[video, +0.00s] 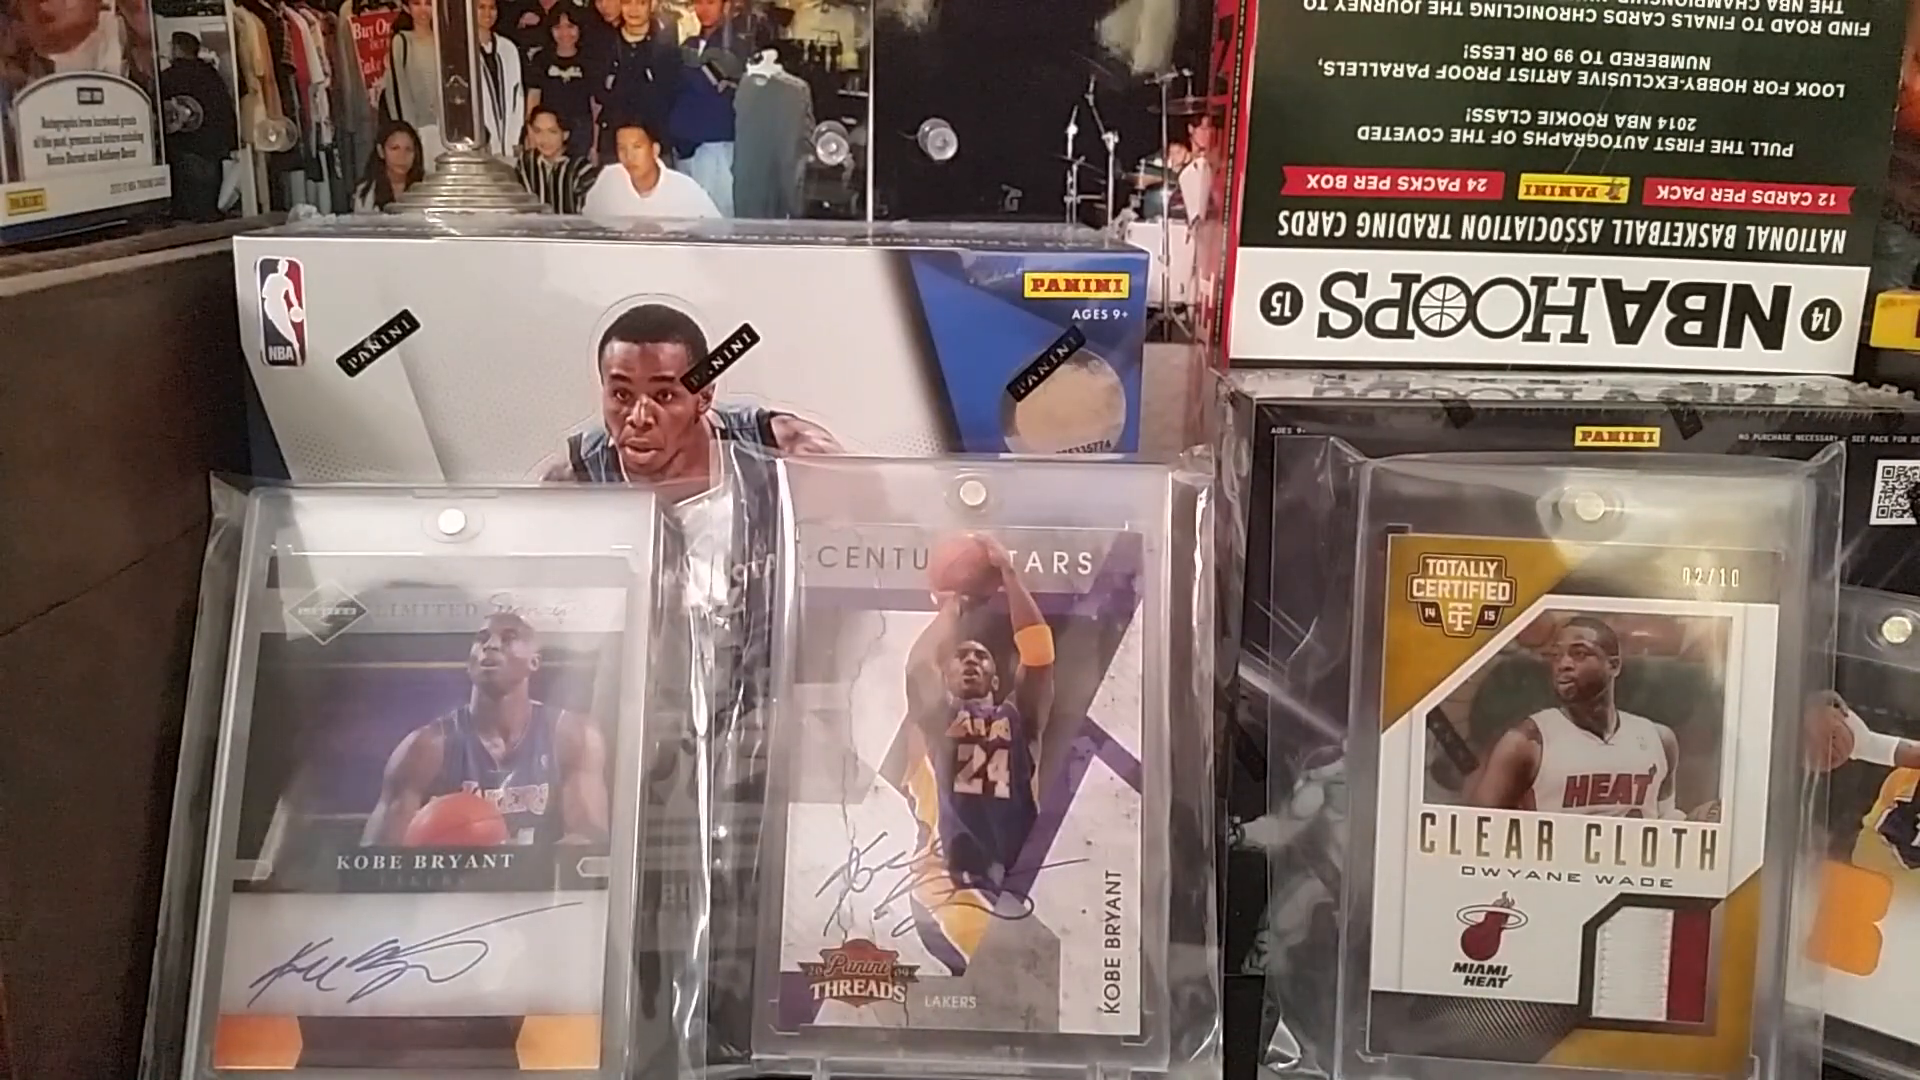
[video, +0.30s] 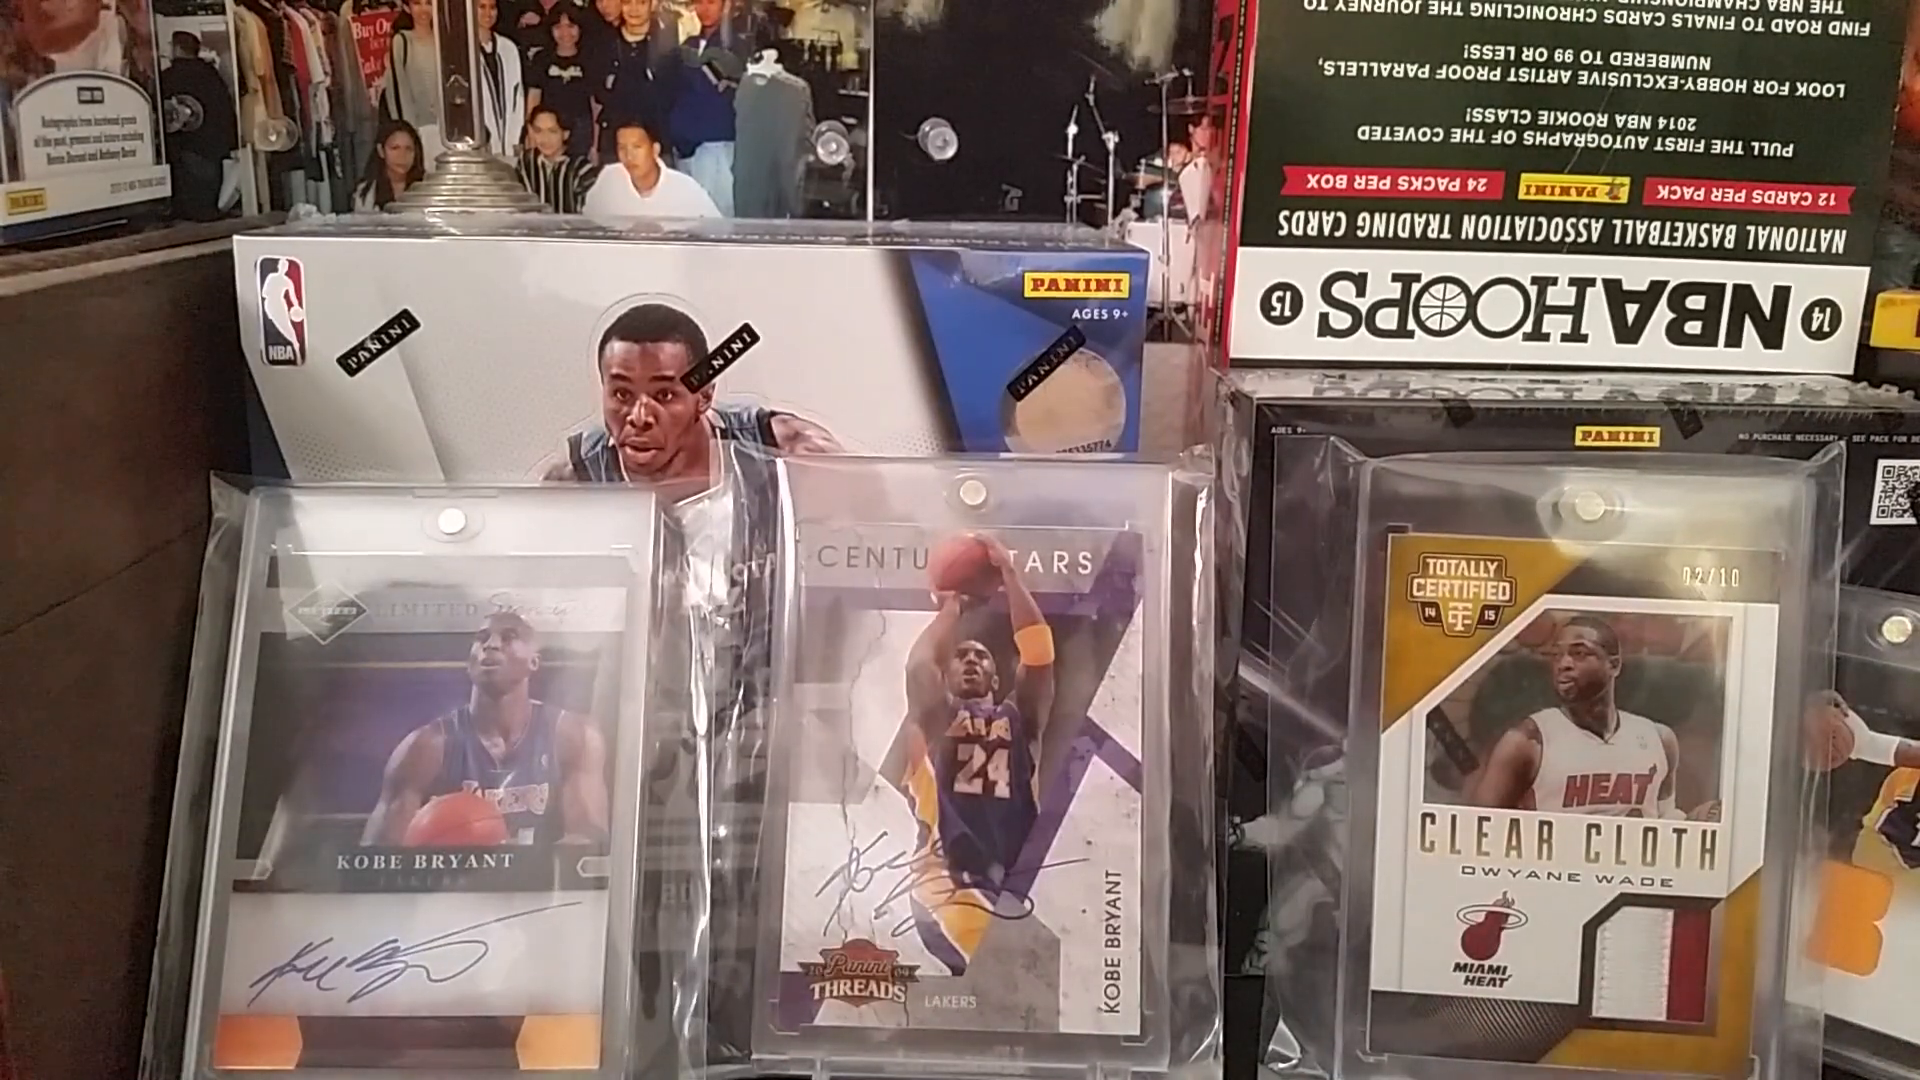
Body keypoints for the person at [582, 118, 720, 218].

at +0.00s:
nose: (629, 157)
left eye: (637, 147)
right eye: (622, 149)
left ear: (655, 150)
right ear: (617, 153)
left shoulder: (684, 188)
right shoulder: (609, 179)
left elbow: (719, 231)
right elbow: (586, 224)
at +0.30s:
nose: (629, 157)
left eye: (637, 147)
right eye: (622, 149)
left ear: (655, 150)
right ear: (617, 152)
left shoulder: (685, 187)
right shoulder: (609, 178)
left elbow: (719, 231)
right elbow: (586, 224)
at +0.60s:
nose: (630, 157)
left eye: (638, 148)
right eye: (623, 150)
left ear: (656, 151)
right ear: (617, 153)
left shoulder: (685, 188)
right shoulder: (610, 179)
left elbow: (720, 232)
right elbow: (587, 225)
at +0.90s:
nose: (630, 158)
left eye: (638, 148)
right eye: (623, 150)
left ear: (656, 151)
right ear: (618, 153)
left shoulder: (685, 188)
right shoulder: (610, 179)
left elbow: (720, 232)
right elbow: (587, 225)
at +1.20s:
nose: (630, 157)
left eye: (638, 148)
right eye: (624, 150)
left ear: (656, 151)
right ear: (618, 154)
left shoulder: (685, 188)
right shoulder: (610, 179)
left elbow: (719, 232)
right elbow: (587, 225)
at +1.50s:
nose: (630, 158)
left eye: (638, 148)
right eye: (624, 150)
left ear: (656, 151)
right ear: (618, 154)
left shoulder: (685, 188)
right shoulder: (610, 179)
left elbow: (720, 232)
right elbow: (586, 226)